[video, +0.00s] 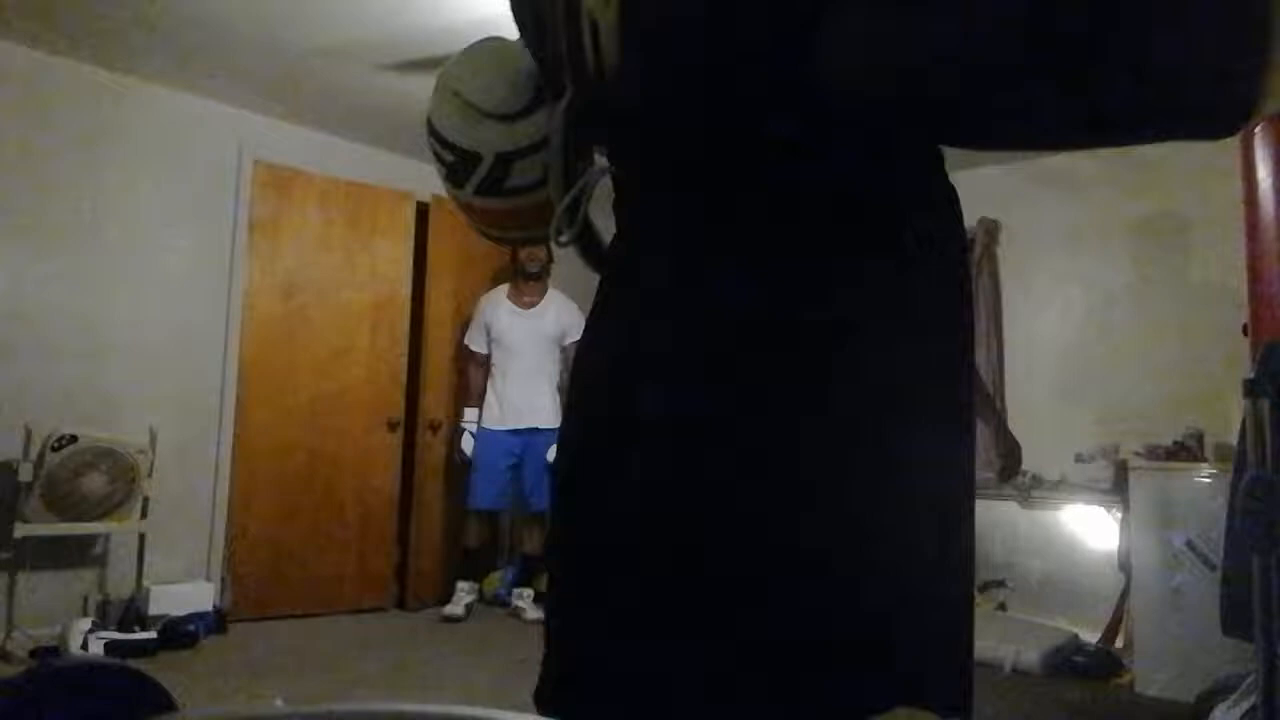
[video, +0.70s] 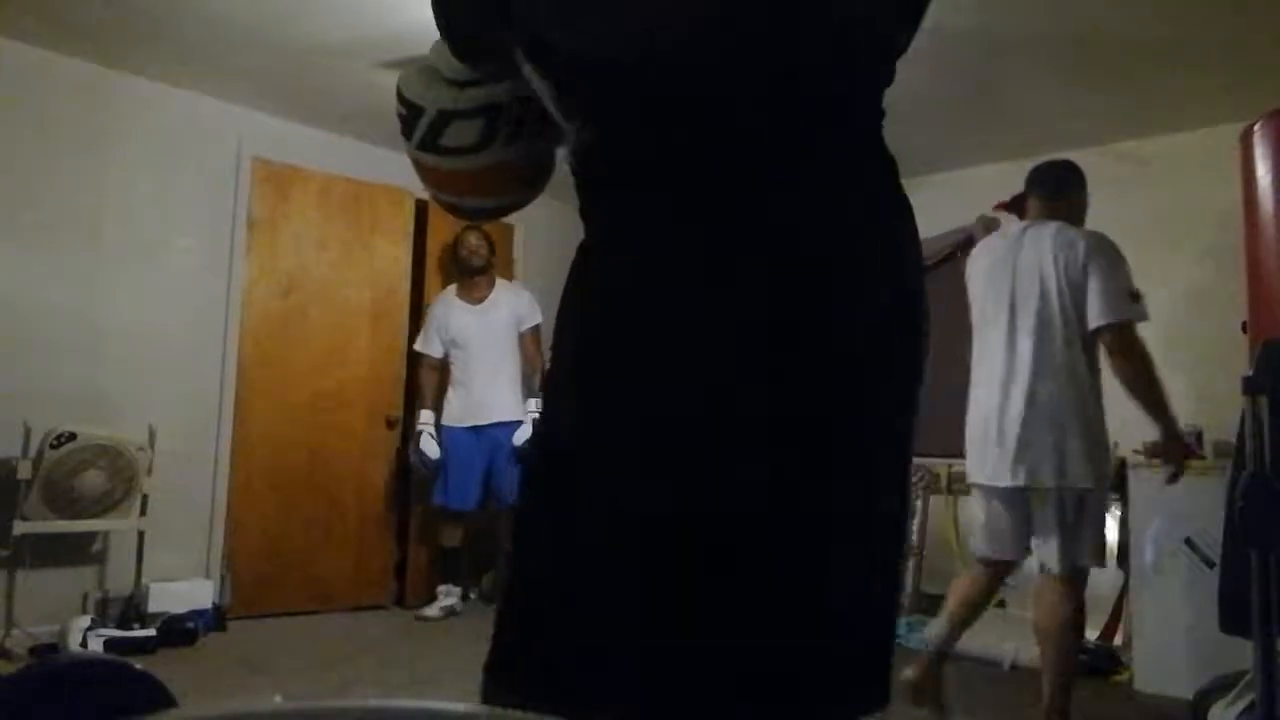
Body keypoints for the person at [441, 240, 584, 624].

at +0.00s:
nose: (533, 256)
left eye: (539, 250)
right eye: (526, 249)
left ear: (549, 259)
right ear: (515, 257)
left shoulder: (566, 311)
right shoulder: (491, 304)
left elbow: (576, 374)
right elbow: (477, 364)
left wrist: (569, 432)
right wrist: (470, 420)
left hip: (544, 428)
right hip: (496, 425)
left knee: (537, 513)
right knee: (480, 509)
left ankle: (525, 590)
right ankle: (467, 586)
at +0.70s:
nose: (473, 251)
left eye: (479, 245)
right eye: (466, 246)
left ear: (492, 254)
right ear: (455, 257)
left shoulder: (518, 298)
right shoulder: (443, 306)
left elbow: (533, 359)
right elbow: (430, 366)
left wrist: (533, 411)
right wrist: (426, 423)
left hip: (509, 422)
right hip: (459, 424)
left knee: (511, 509)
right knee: (452, 510)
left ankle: (508, 586)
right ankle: (451, 590)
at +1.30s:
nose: (452, 279)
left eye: (459, 271)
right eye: (446, 271)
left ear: (471, 266)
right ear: (434, 267)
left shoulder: (486, 299)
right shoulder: (418, 308)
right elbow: (407, 372)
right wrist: (404, 425)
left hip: (481, 419)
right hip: (438, 423)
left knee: (484, 507)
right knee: (442, 508)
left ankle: (487, 587)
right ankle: (447, 588)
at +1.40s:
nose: (456, 265)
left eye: (461, 256)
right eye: (451, 255)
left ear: (470, 261)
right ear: (440, 258)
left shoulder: (487, 303)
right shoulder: (420, 307)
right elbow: (405, 370)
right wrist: (401, 427)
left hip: (480, 425)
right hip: (435, 426)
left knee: (475, 512)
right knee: (430, 515)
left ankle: (469, 594)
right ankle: (431, 593)